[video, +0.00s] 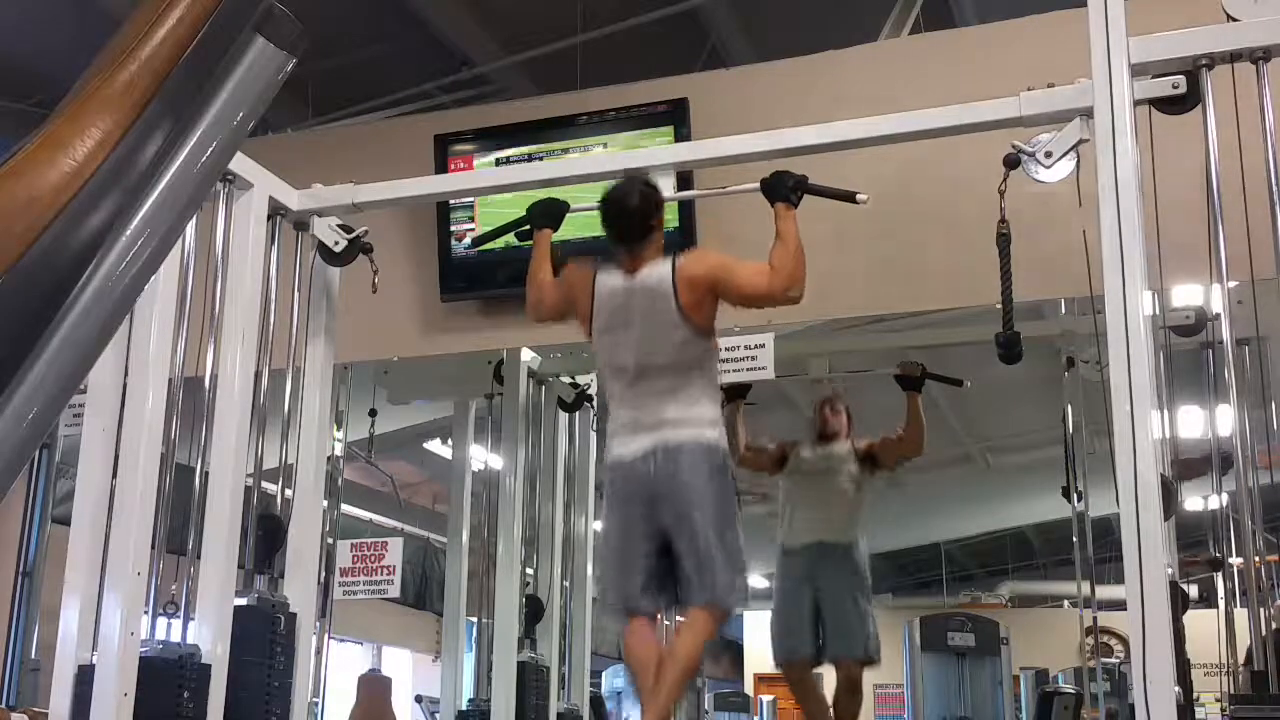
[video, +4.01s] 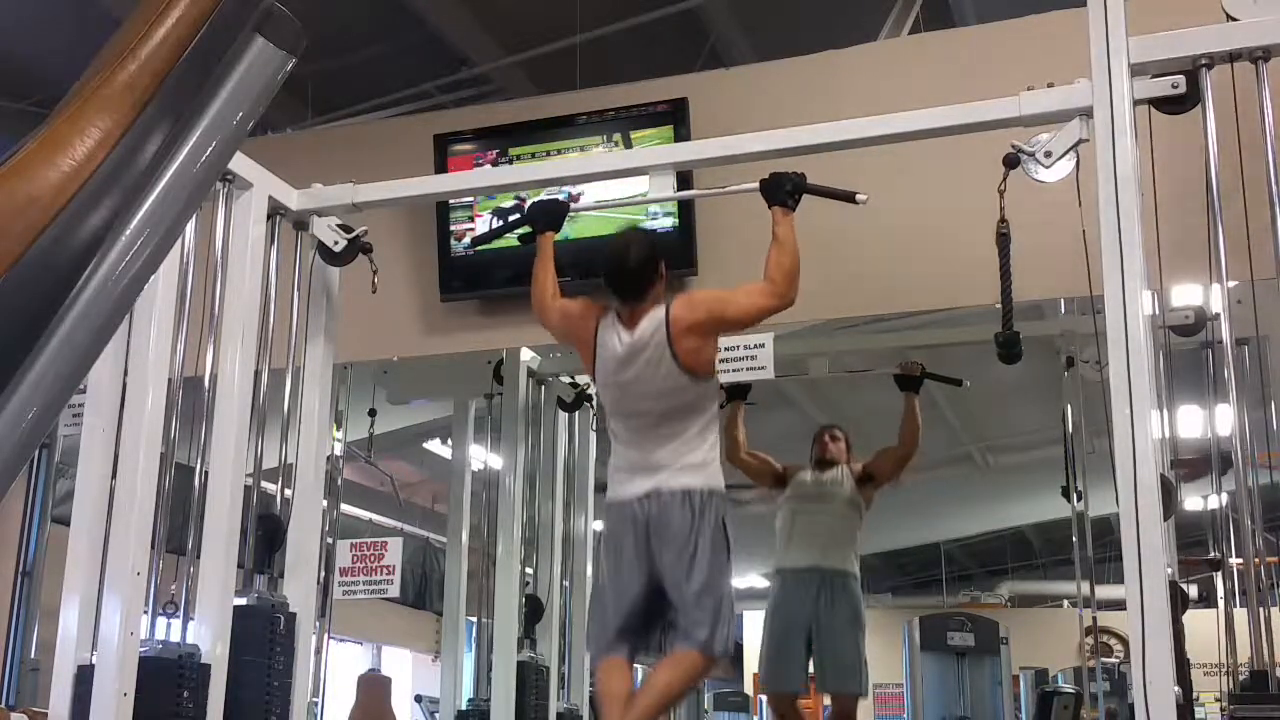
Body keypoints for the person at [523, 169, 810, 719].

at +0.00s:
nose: (662, 217)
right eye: (660, 211)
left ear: (609, 230)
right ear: (661, 221)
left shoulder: (588, 284)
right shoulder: (696, 269)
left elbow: (540, 301)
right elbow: (785, 284)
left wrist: (542, 236)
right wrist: (786, 208)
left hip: (626, 464)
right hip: (693, 456)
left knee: (637, 607)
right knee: (708, 599)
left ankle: (656, 718)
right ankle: (653, 715)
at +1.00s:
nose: (665, 169)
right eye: (666, 161)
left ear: (613, 183)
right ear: (667, 173)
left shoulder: (590, 240)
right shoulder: (699, 228)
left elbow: (543, 303)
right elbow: (779, 281)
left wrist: (541, 235)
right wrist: (786, 207)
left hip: (632, 404)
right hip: (696, 398)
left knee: (639, 550)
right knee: (699, 544)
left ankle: (662, 679)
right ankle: (647, 679)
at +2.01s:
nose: (665, 159)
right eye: (663, 153)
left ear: (610, 181)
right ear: (663, 169)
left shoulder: (587, 233)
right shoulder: (700, 222)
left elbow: (538, 298)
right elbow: (777, 278)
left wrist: (539, 230)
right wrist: (785, 206)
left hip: (630, 404)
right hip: (695, 398)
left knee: (633, 541)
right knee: (703, 537)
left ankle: (654, 676)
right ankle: (635, 674)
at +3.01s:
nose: (653, 208)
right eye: (654, 200)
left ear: (607, 218)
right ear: (660, 210)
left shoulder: (586, 266)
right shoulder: (694, 259)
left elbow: (539, 304)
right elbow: (783, 286)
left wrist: (542, 237)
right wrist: (785, 211)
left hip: (626, 442)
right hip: (690, 437)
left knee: (623, 582)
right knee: (698, 579)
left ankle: (631, 706)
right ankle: (625, 700)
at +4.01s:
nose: (670, 270)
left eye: (666, 265)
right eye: (667, 265)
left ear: (612, 279)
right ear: (661, 274)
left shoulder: (590, 328)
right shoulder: (693, 313)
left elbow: (546, 303)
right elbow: (778, 292)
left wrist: (545, 237)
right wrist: (783, 211)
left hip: (623, 501)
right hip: (689, 498)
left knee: (613, 640)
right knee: (701, 640)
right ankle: (631, 714)